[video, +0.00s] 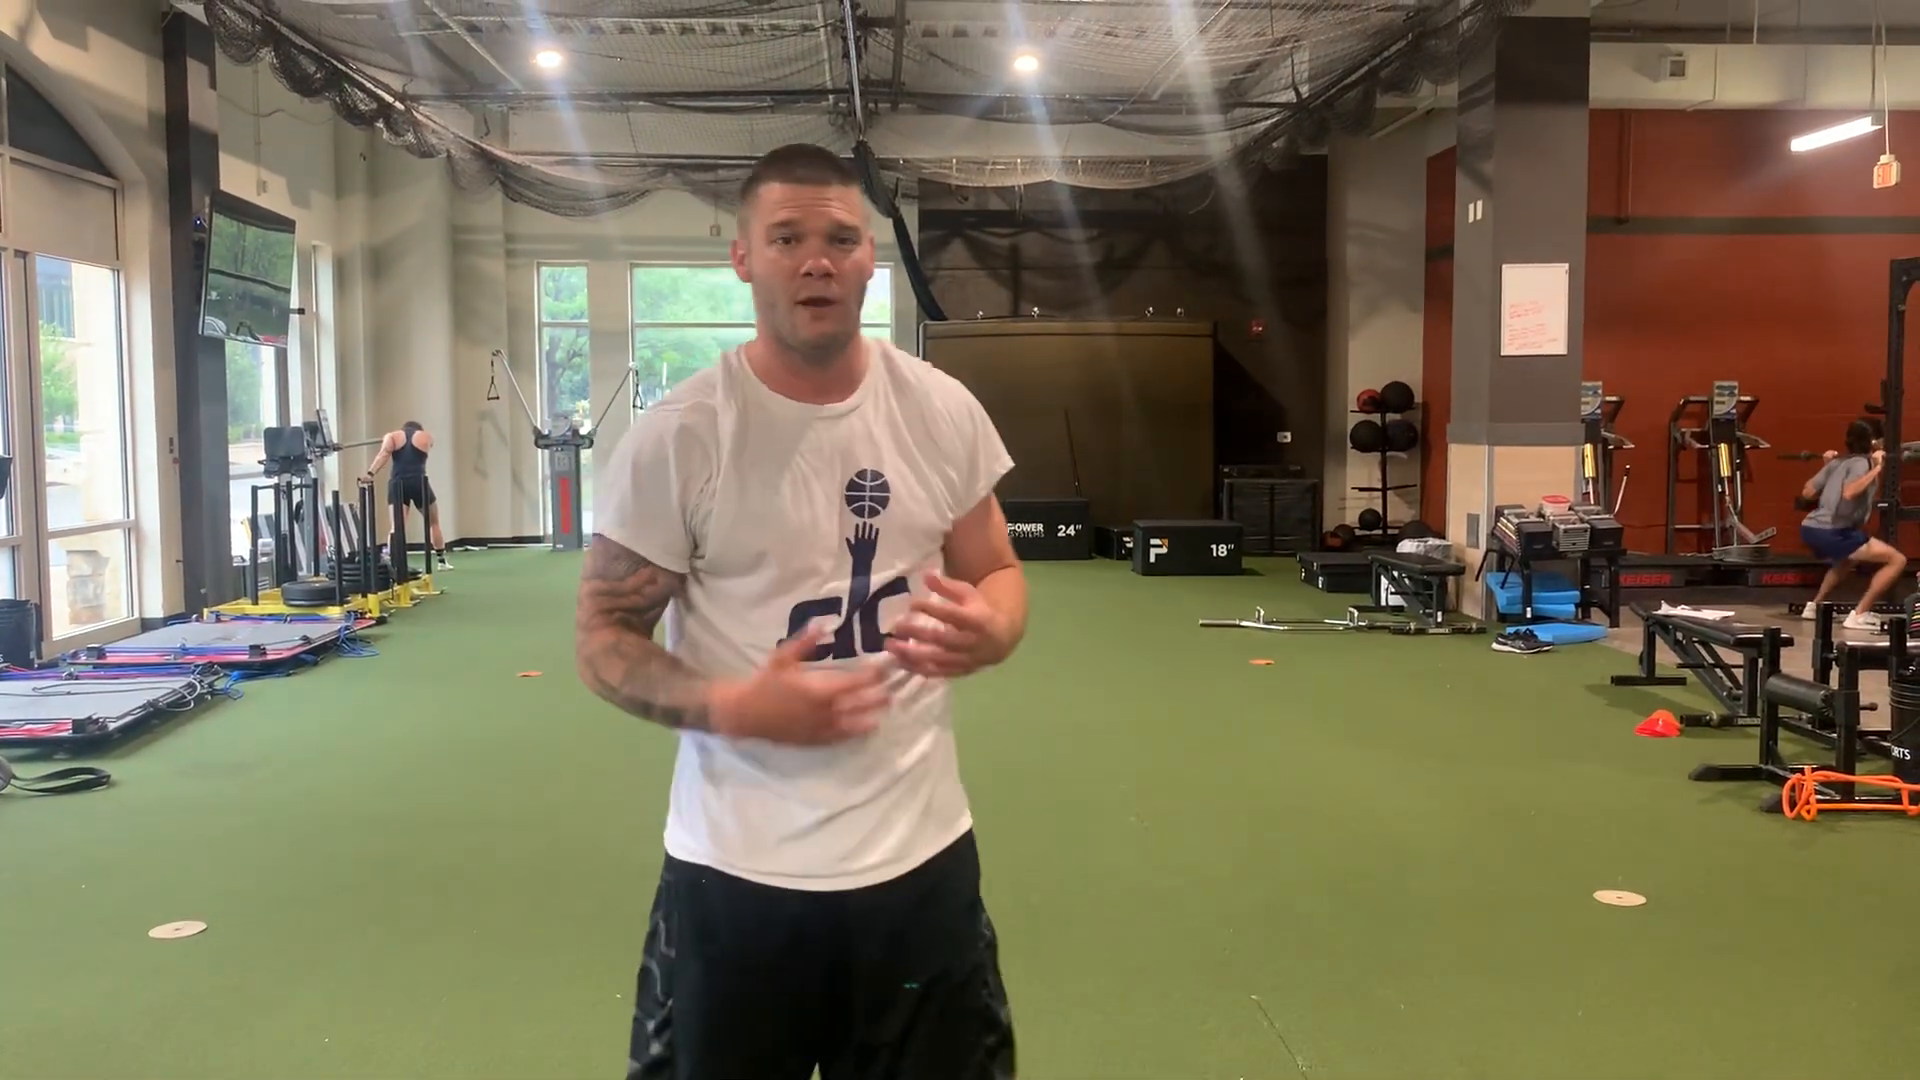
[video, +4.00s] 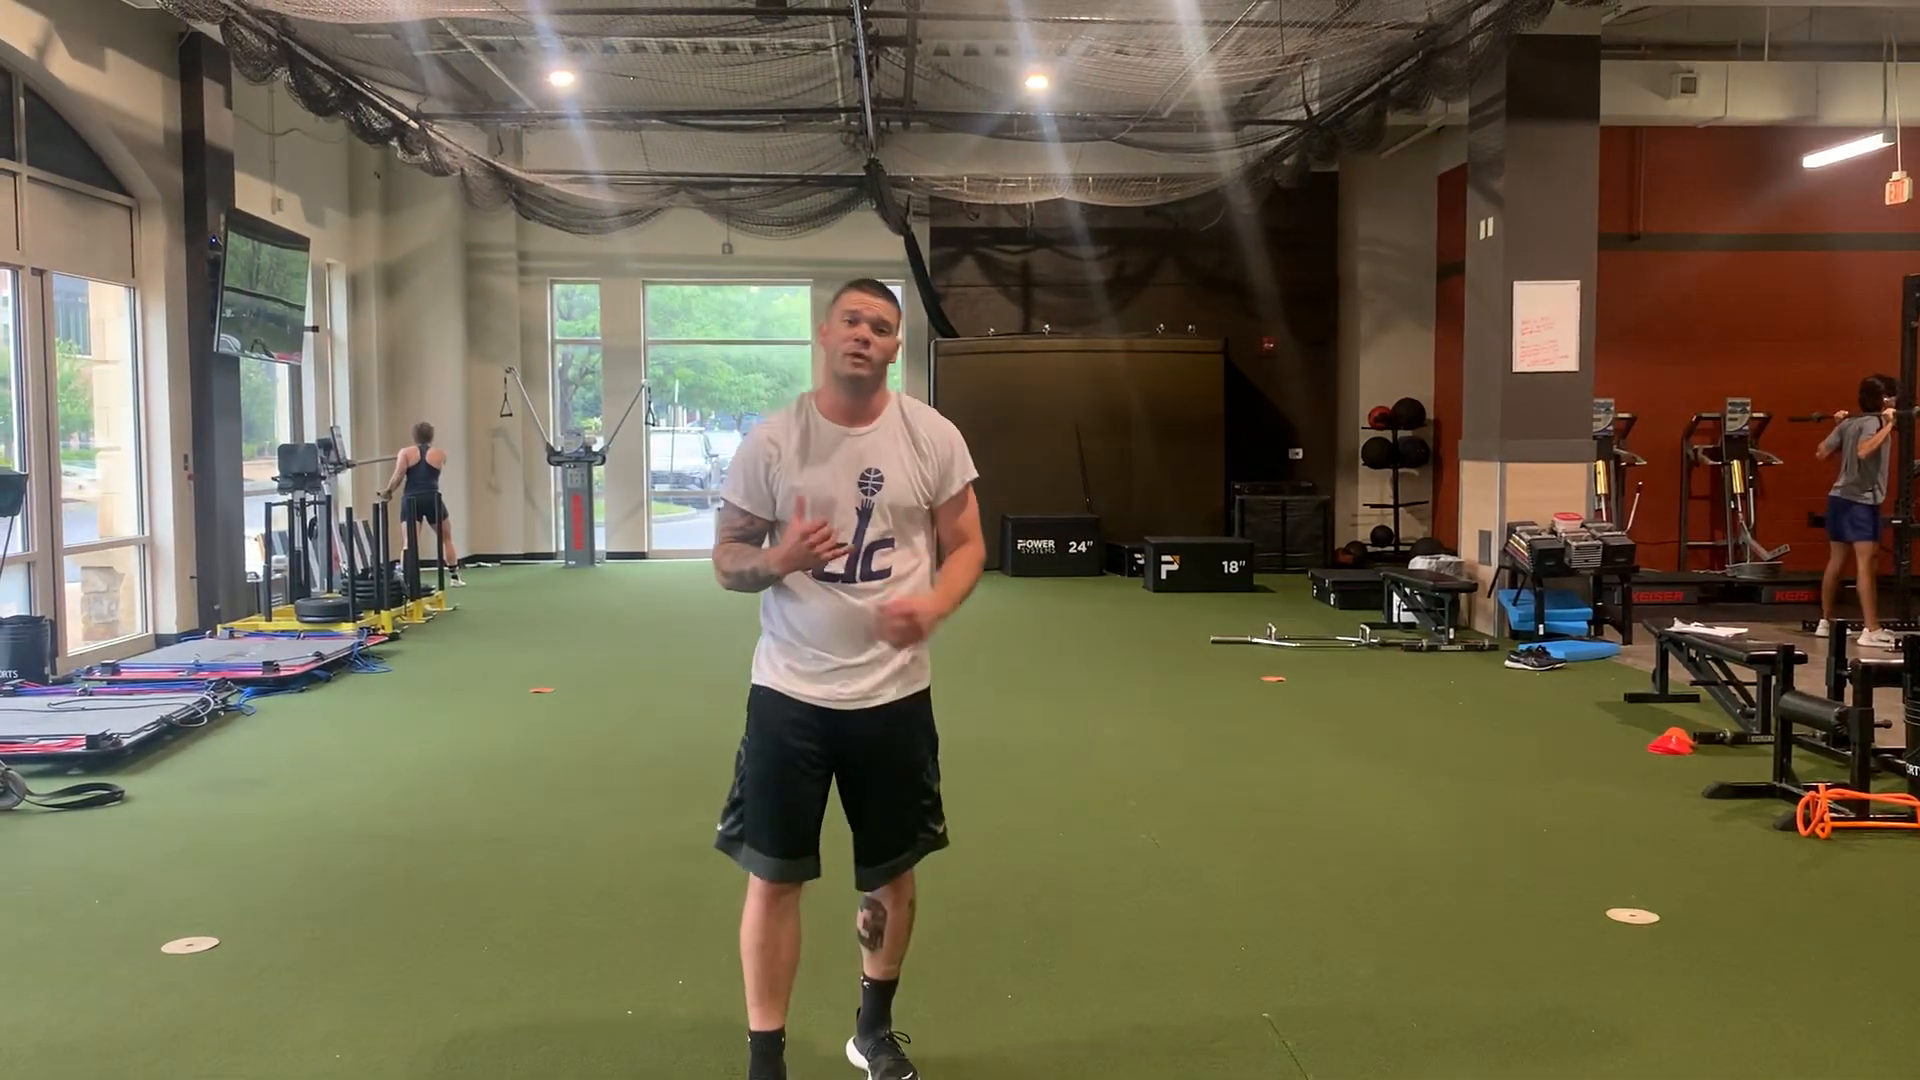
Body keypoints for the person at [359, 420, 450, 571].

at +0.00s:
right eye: (421, 430)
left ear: (403, 428)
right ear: (419, 429)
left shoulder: (392, 436)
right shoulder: (426, 436)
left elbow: (384, 455)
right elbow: (429, 445)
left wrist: (370, 473)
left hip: (397, 484)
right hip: (418, 483)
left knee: (396, 525)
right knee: (433, 522)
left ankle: (390, 559)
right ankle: (442, 560)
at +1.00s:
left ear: (403, 429)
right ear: (419, 431)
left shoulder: (393, 436)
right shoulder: (427, 440)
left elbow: (383, 459)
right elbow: (424, 456)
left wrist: (383, 449)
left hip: (398, 485)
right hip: (419, 484)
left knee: (395, 528)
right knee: (432, 524)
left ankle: (389, 563)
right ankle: (441, 563)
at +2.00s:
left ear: (405, 431)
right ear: (422, 431)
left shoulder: (396, 446)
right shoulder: (431, 447)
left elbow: (388, 469)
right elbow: (425, 467)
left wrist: (375, 488)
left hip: (401, 492)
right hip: (422, 491)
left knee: (399, 535)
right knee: (436, 531)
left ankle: (395, 570)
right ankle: (444, 569)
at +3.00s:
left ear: (404, 430)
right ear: (420, 430)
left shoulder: (395, 446)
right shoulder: (429, 448)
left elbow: (389, 469)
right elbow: (428, 463)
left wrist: (379, 482)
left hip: (401, 493)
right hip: (422, 493)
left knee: (399, 536)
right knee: (436, 532)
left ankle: (394, 570)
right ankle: (445, 570)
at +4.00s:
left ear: (414, 437)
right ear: (431, 437)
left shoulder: (405, 453)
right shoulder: (440, 455)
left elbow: (398, 476)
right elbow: (434, 473)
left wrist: (388, 491)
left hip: (411, 499)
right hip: (432, 498)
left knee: (408, 543)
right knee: (446, 538)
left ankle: (404, 577)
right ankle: (455, 576)